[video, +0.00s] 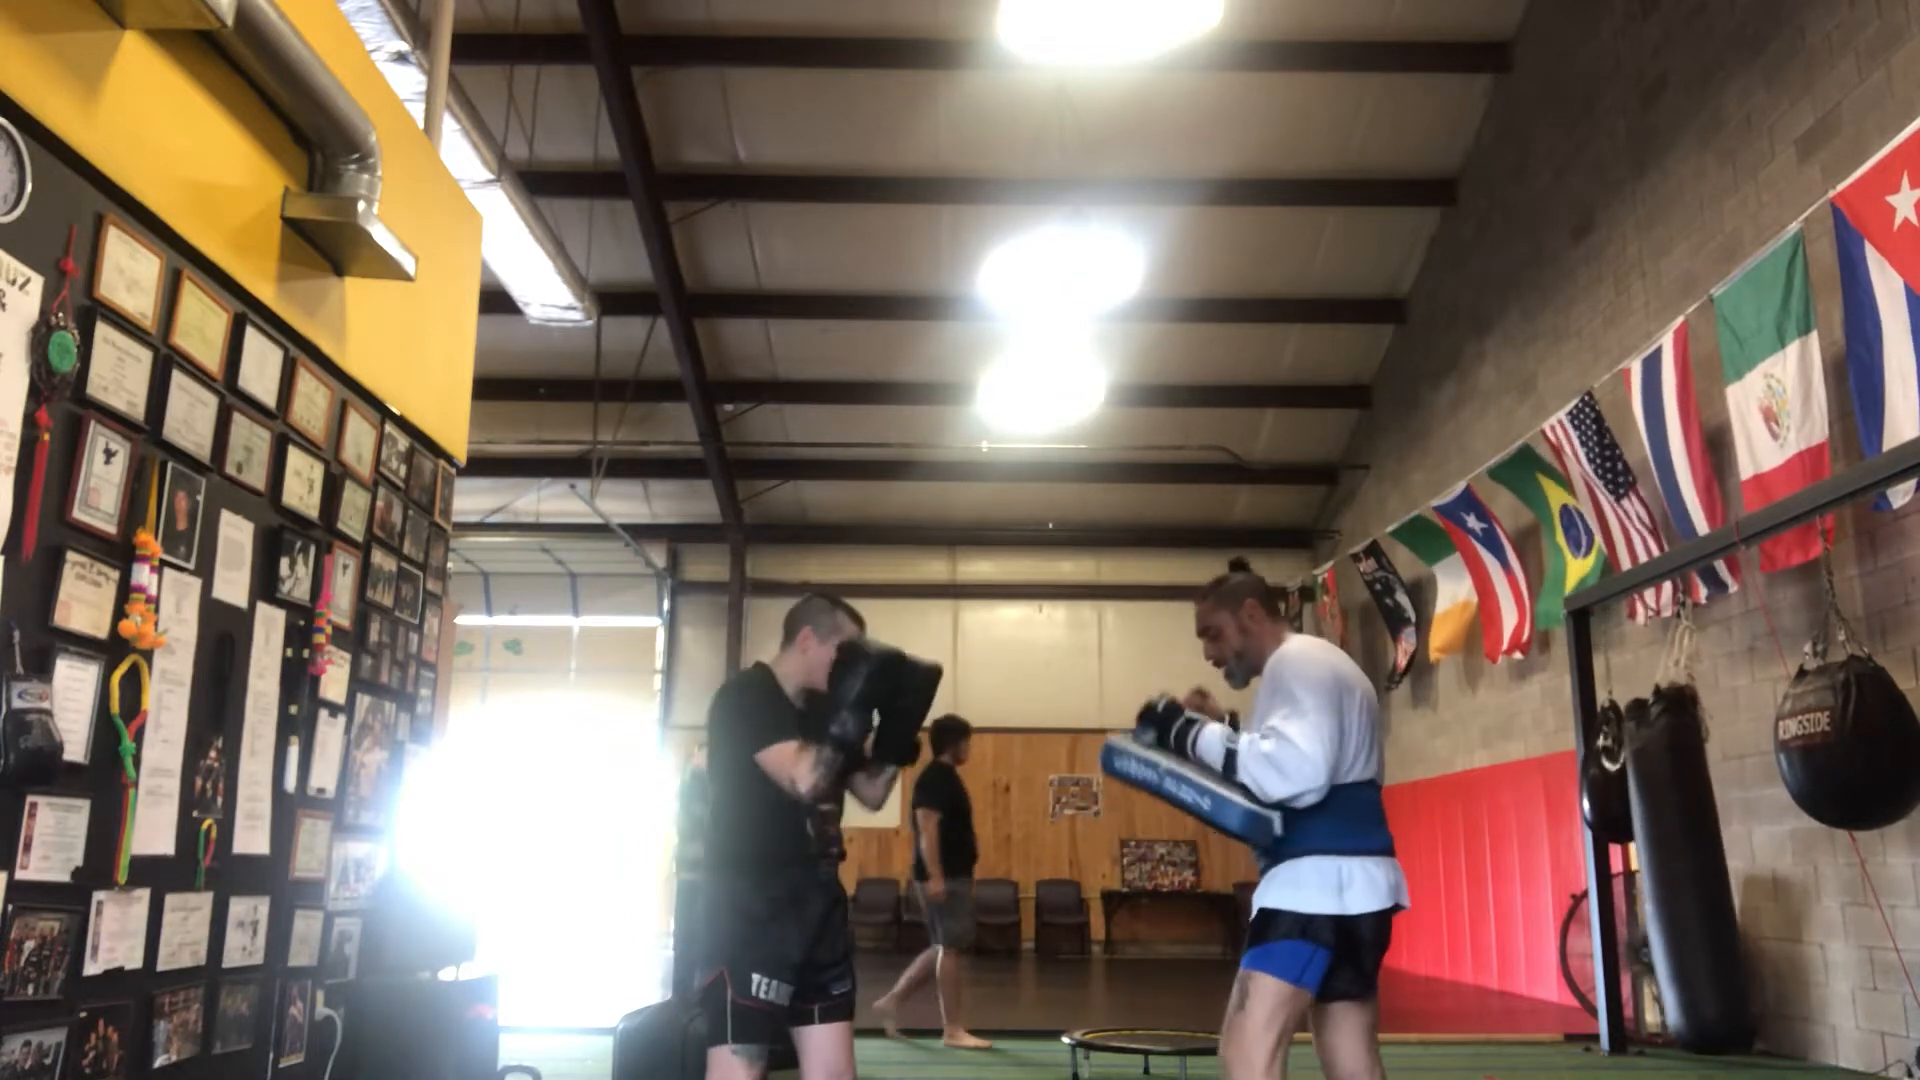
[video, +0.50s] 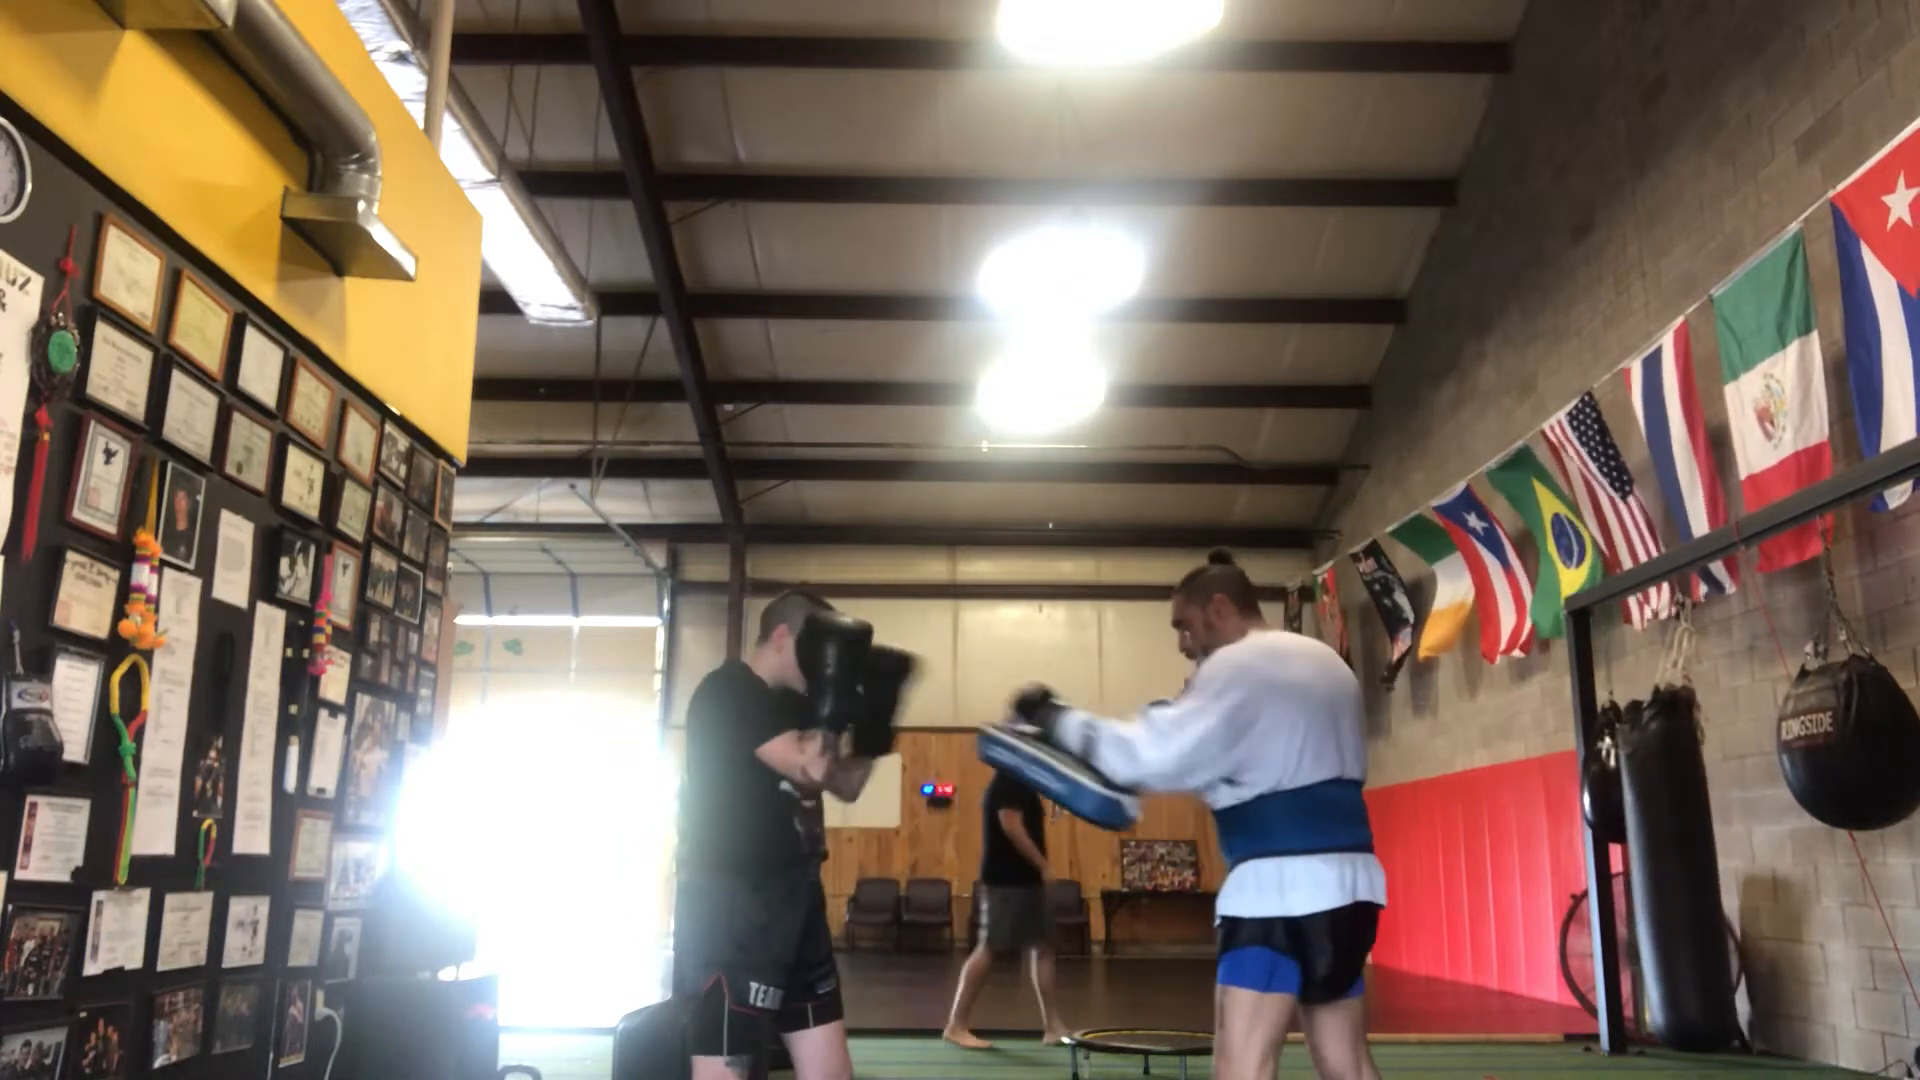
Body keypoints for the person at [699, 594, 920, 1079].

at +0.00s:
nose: (847, 663)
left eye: (852, 652)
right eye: (843, 649)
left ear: (809, 643)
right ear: (807, 639)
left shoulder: (822, 709)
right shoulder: (743, 696)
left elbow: (872, 794)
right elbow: (805, 779)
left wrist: (901, 718)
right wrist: (852, 703)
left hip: (818, 914)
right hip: (751, 915)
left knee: (832, 1070)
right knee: (736, 1068)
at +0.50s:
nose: (820, 658)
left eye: (825, 646)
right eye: (814, 644)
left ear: (786, 640)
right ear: (783, 637)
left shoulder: (795, 703)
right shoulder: (726, 691)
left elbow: (849, 786)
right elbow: (812, 768)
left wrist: (874, 706)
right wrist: (837, 691)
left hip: (796, 918)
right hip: (731, 918)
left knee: (829, 1070)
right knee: (722, 1071)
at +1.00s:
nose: (823, 662)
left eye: (828, 651)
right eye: (816, 647)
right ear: (782, 636)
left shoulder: (812, 705)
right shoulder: (720, 691)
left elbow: (888, 770)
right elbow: (775, 779)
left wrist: (948, 728)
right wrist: (816, 702)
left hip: (797, 913)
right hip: (724, 915)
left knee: (824, 1070)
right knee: (715, 1070)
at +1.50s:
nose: (804, 659)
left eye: (810, 647)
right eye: (799, 645)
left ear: (767, 639)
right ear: (766, 635)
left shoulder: (778, 698)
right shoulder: (707, 685)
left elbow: (824, 787)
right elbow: (783, 773)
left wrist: (841, 701)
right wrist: (817, 692)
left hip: (772, 901)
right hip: (706, 905)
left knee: (838, 1057)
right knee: (701, 1070)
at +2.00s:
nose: (851, 650)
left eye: (855, 641)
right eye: (843, 639)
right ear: (811, 632)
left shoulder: (847, 695)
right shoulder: (753, 687)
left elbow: (940, 714)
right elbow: (816, 764)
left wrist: (968, 646)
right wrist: (850, 683)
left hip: (834, 898)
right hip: (759, 905)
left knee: (942, 1021)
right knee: (731, 1070)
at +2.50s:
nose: (965, 669)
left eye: (964, 658)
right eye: (960, 657)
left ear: (911, 655)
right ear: (931, 655)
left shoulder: (855, 712)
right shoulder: (949, 698)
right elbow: (1057, 712)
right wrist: (1145, 710)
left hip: (859, 901)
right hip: (908, 905)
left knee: (938, 1047)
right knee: (890, 1062)